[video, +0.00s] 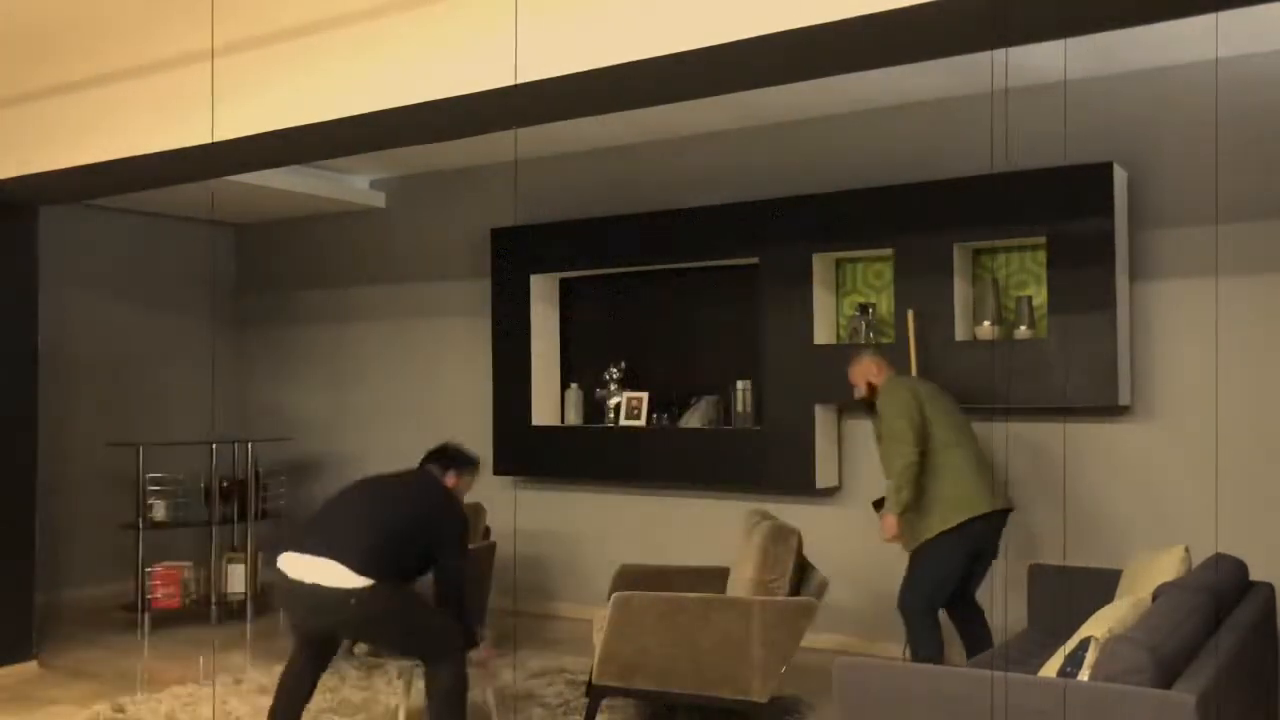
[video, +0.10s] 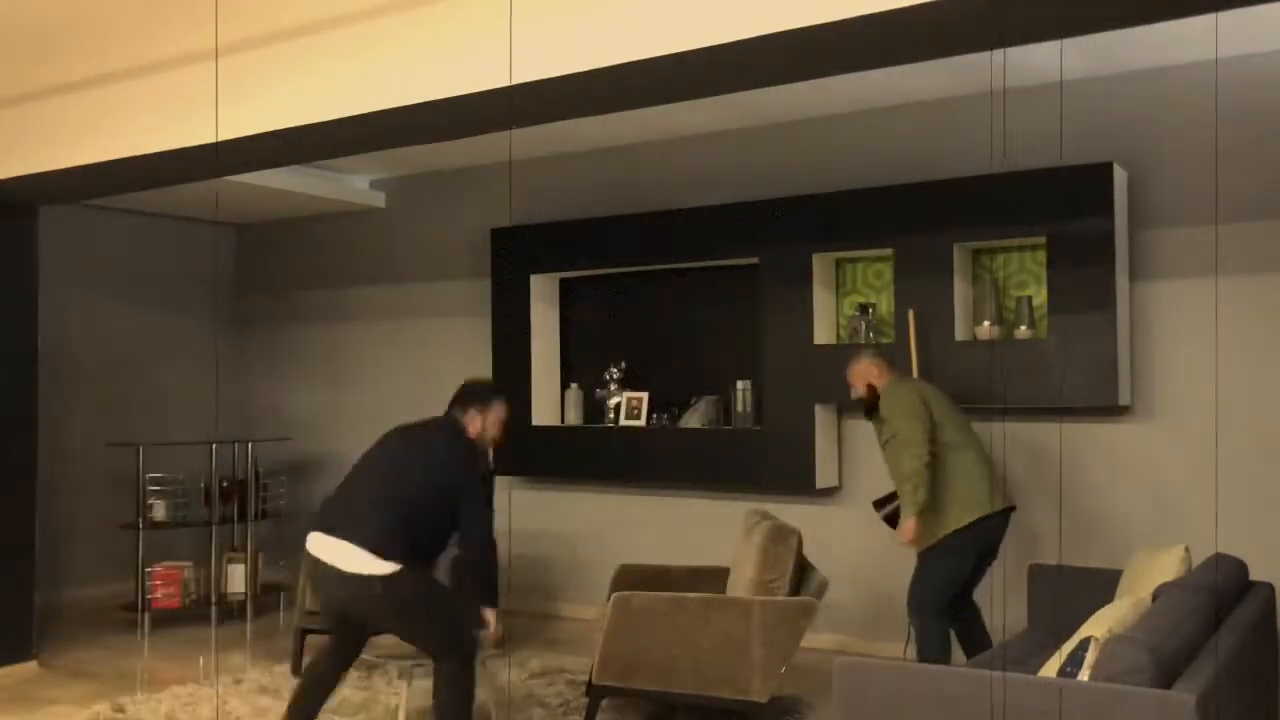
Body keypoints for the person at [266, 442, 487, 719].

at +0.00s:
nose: (464, 495)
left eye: (468, 488)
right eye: (465, 487)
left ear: (425, 466)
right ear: (451, 479)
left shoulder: (382, 483)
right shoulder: (449, 512)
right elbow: (451, 592)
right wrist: (466, 640)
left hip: (295, 590)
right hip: (355, 600)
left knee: (314, 645)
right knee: (445, 646)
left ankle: (280, 715)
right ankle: (447, 714)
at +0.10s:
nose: (500, 432)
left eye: (503, 423)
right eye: (499, 421)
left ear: (458, 412)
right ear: (475, 417)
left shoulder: (407, 433)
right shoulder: (469, 461)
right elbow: (478, 541)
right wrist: (486, 603)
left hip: (322, 573)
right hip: (379, 584)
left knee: (346, 640)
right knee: (457, 641)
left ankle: (297, 712)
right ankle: (452, 712)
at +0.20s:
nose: (517, 393)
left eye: (519, 382)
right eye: (512, 380)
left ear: (476, 374)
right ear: (482, 372)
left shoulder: (445, 400)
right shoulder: (470, 417)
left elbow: (438, 489)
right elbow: (475, 500)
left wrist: (461, 554)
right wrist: (497, 570)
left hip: (345, 536)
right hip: (380, 546)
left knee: (405, 635)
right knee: (440, 646)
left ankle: (377, 711)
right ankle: (444, 712)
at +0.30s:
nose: (509, 374)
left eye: (512, 364)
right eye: (499, 362)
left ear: (515, 364)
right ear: (465, 363)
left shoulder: (479, 415)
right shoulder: (436, 415)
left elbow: (486, 487)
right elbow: (432, 506)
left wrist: (531, 535)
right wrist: (470, 578)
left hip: (434, 559)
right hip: (396, 564)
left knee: (457, 656)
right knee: (454, 660)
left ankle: (425, 710)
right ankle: (428, 712)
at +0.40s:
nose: (509, 355)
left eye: (513, 344)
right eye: (498, 342)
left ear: (515, 345)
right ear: (461, 341)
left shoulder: (514, 408)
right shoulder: (420, 408)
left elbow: (533, 480)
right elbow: (417, 497)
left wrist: (556, 537)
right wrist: (499, 535)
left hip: (489, 582)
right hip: (426, 584)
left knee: (483, 686)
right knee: (430, 699)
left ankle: (443, 714)